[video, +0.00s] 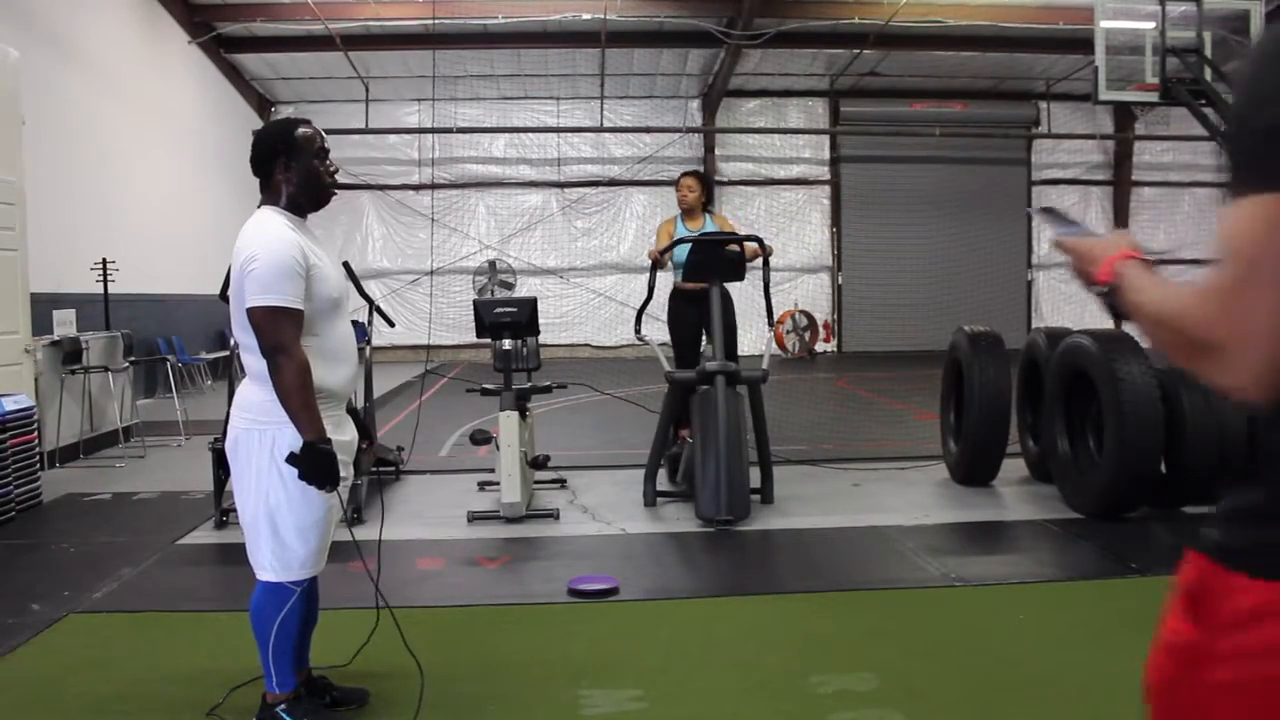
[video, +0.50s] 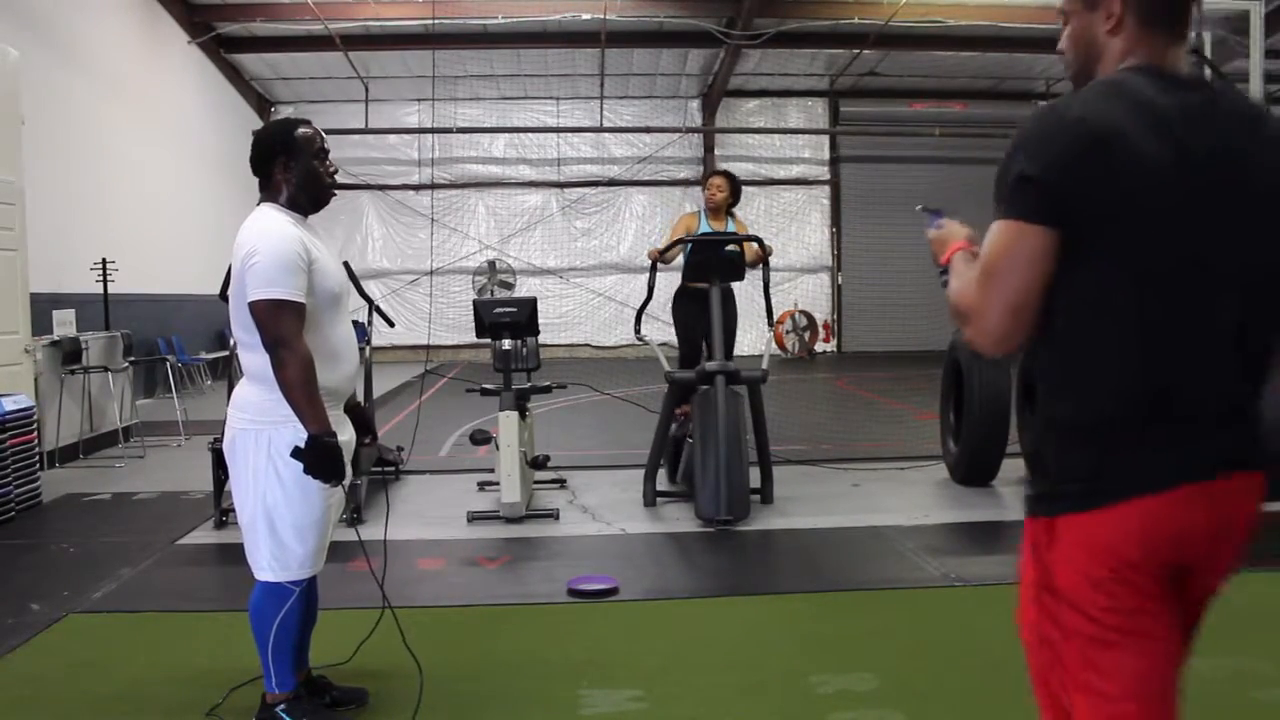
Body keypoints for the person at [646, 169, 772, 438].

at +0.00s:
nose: (683, 195)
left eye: (690, 190)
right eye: (679, 190)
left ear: (703, 195)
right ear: (675, 193)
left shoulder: (719, 222)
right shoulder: (669, 226)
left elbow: (739, 252)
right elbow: (663, 262)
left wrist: (757, 251)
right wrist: (656, 258)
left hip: (716, 298)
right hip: (683, 300)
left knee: (728, 360)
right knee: (686, 366)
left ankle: (728, 423)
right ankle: (684, 428)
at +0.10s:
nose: (687, 196)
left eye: (695, 191)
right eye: (684, 191)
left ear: (708, 196)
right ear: (679, 195)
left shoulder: (723, 225)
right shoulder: (672, 227)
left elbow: (739, 256)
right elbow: (662, 264)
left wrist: (757, 252)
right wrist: (656, 258)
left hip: (717, 300)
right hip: (683, 301)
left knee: (727, 361)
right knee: (685, 367)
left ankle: (728, 422)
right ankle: (683, 428)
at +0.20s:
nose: (696, 190)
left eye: (703, 186)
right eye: (694, 185)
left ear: (716, 192)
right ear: (688, 189)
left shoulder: (728, 221)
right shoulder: (677, 221)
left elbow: (741, 256)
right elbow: (666, 256)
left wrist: (757, 252)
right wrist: (657, 256)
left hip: (719, 296)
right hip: (685, 297)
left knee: (728, 357)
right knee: (686, 362)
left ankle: (729, 418)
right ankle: (683, 422)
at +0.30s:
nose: (705, 187)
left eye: (713, 183)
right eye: (702, 182)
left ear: (724, 190)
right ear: (697, 185)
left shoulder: (733, 220)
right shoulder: (684, 215)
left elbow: (744, 255)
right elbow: (669, 247)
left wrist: (759, 252)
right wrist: (659, 253)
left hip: (721, 292)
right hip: (688, 292)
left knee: (725, 356)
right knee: (687, 359)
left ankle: (725, 416)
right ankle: (683, 419)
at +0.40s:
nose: (711, 189)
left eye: (718, 185)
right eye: (708, 183)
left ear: (729, 192)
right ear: (702, 187)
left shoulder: (736, 222)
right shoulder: (688, 216)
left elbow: (746, 256)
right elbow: (671, 246)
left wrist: (759, 253)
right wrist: (660, 253)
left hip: (723, 292)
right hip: (690, 293)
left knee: (723, 356)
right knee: (689, 357)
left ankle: (720, 413)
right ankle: (683, 415)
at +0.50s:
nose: (712, 193)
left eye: (719, 189)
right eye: (708, 188)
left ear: (730, 197)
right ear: (703, 192)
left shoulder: (737, 225)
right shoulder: (690, 221)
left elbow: (748, 259)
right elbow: (670, 256)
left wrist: (760, 254)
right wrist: (659, 254)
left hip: (723, 297)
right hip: (691, 297)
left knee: (723, 356)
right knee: (690, 354)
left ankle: (720, 409)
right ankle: (683, 408)